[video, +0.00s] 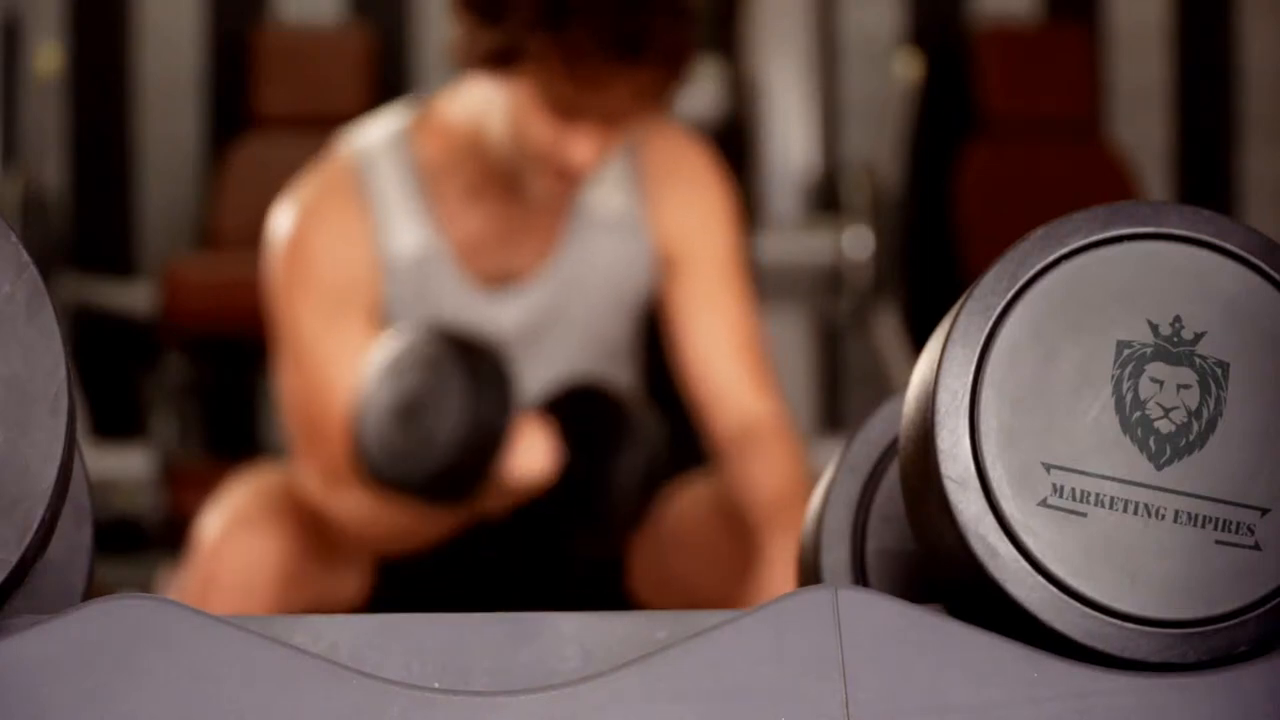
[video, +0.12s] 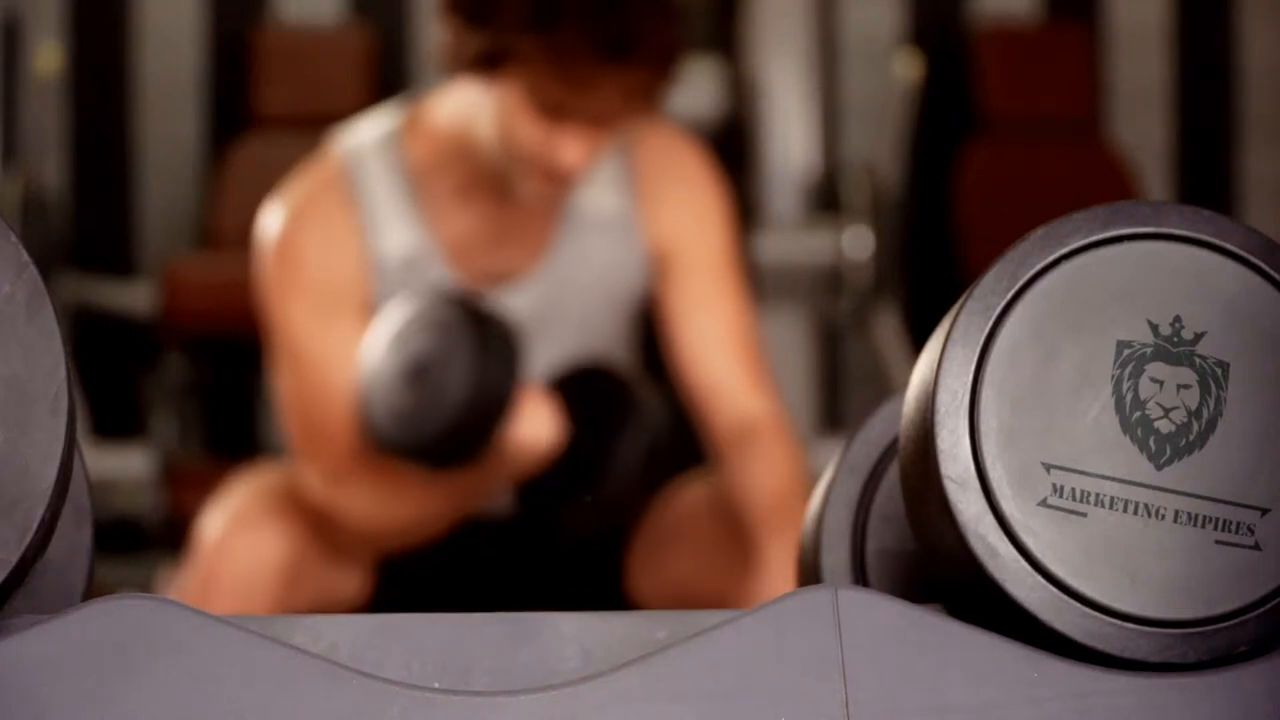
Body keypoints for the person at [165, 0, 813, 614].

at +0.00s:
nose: (588, 153)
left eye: (618, 121)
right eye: (566, 112)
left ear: (652, 93)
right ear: (500, 58)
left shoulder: (670, 170)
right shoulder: (333, 208)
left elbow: (748, 421)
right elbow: (342, 500)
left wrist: (788, 576)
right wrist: (497, 479)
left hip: (598, 525)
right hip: (403, 534)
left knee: (782, 531)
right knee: (248, 534)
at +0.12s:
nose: (578, 154)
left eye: (608, 121)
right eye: (555, 112)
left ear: (641, 97)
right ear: (485, 59)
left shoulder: (665, 171)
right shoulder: (319, 213)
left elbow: (747, 422)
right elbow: (347, 498)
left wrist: (788, 593)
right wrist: (496, 462)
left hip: (600, 526)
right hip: (402, 533)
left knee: (781, 539)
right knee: (249, 538)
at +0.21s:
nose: (573, 153)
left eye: (604, 120)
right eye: (547, 112)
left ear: (636, 98)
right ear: (476, 61)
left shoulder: (661, 171)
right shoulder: (314, 217)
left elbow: (746, 422)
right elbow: (346, 502)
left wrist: (789, 596)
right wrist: (494, 455)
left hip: (598, 525)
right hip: (399, 535)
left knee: (784, 541)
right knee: (250, 536)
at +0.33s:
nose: (569, 154)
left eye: (601, 121)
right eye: (543, 113)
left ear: (633, 97)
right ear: (470, 63)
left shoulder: (660, 171)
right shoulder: (311, 220)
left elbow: (747, 424)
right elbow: (348, 507)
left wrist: (787, 591)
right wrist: (501, 438)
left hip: (595, 524)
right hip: (398, 538)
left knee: (786, 541)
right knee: (249, 535)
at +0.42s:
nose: (569, 155)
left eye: (601, 122)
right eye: (543, 115)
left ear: (632, 101)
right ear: (472, 67)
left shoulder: (660, 171)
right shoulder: (312, 220)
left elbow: (748, 425)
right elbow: (351, 511)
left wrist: (785, 593)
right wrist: (499, 430)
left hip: (593, 523)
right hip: (398, 539)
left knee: (784, 541)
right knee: (249, 533)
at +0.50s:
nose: (570, 156)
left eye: (602, 122)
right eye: (544, 116)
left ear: (633, 100)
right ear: (473, 71)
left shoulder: (661, 172)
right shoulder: (312, 221)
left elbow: (748, 426)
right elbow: (354, 515)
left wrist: (786, 588)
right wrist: (503, 420)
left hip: (597, 523)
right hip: (401, 538)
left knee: (788, 542)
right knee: (249, 533)